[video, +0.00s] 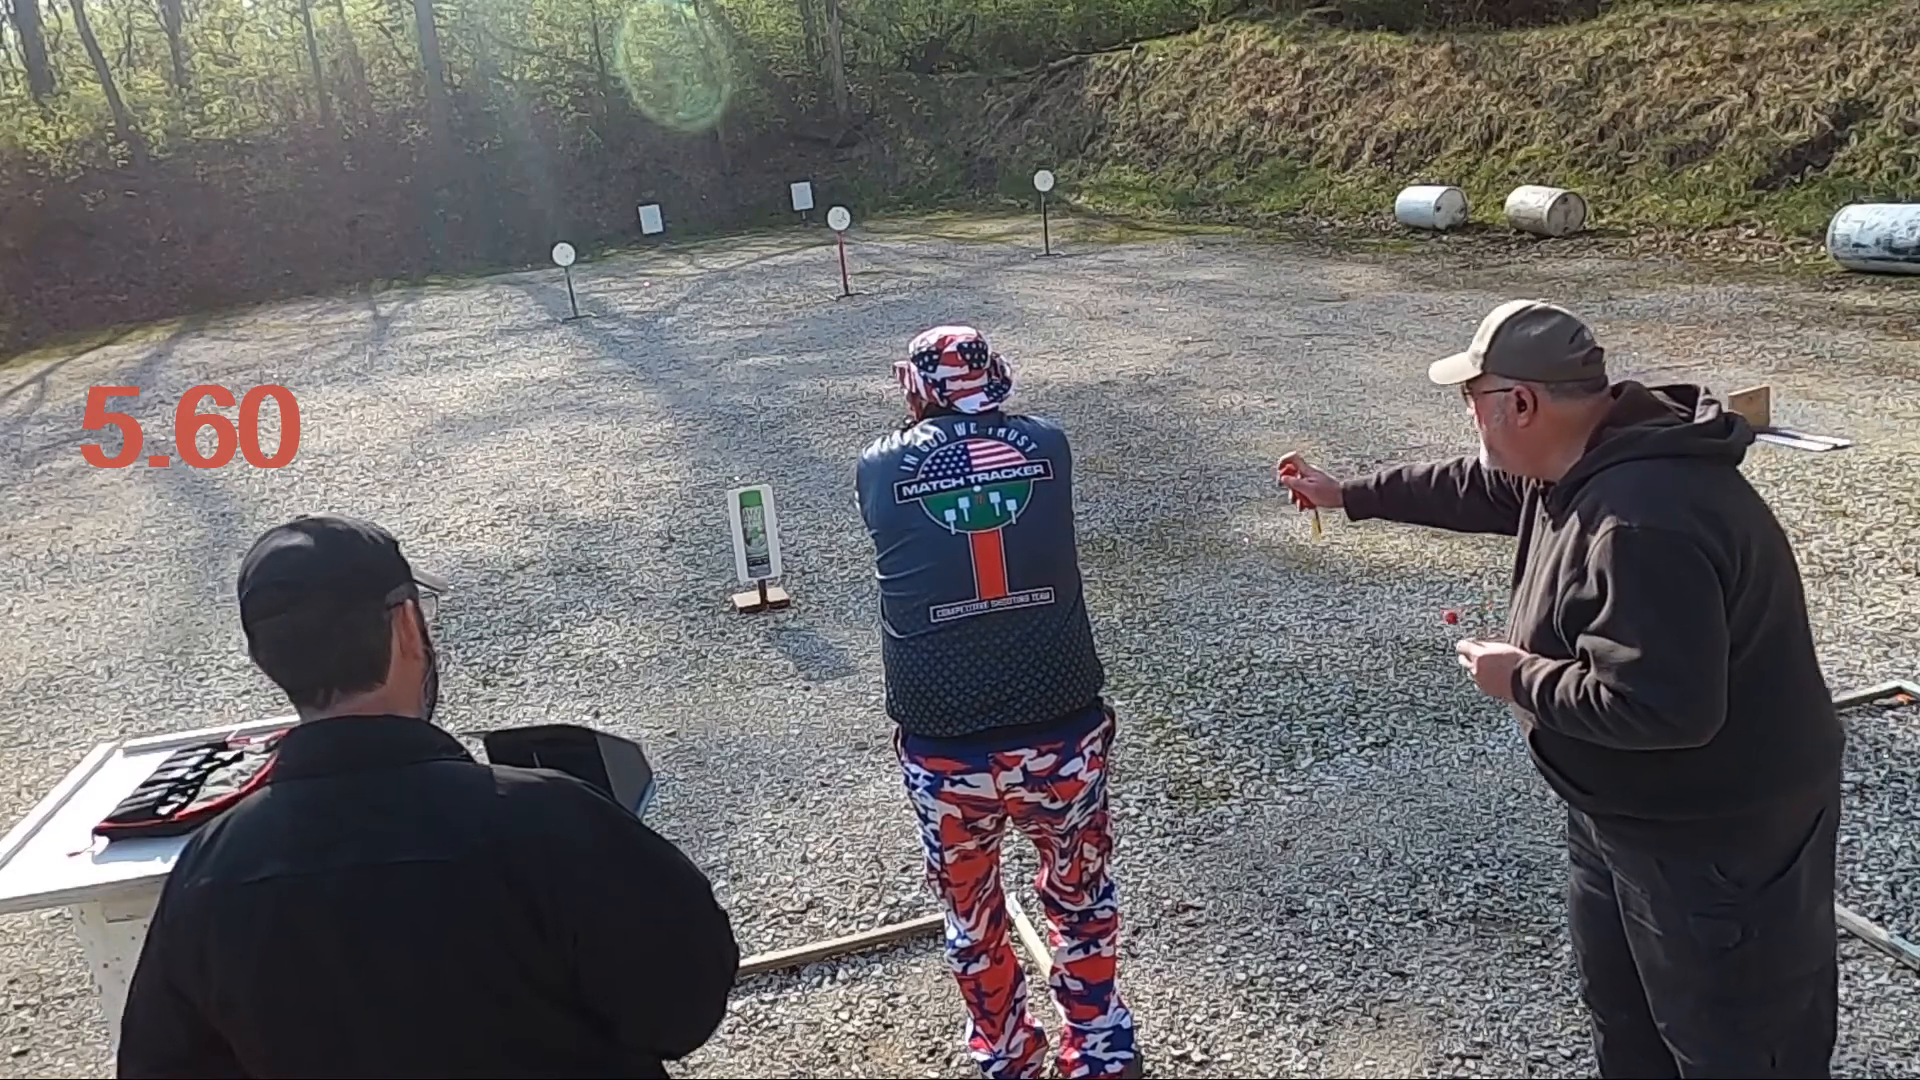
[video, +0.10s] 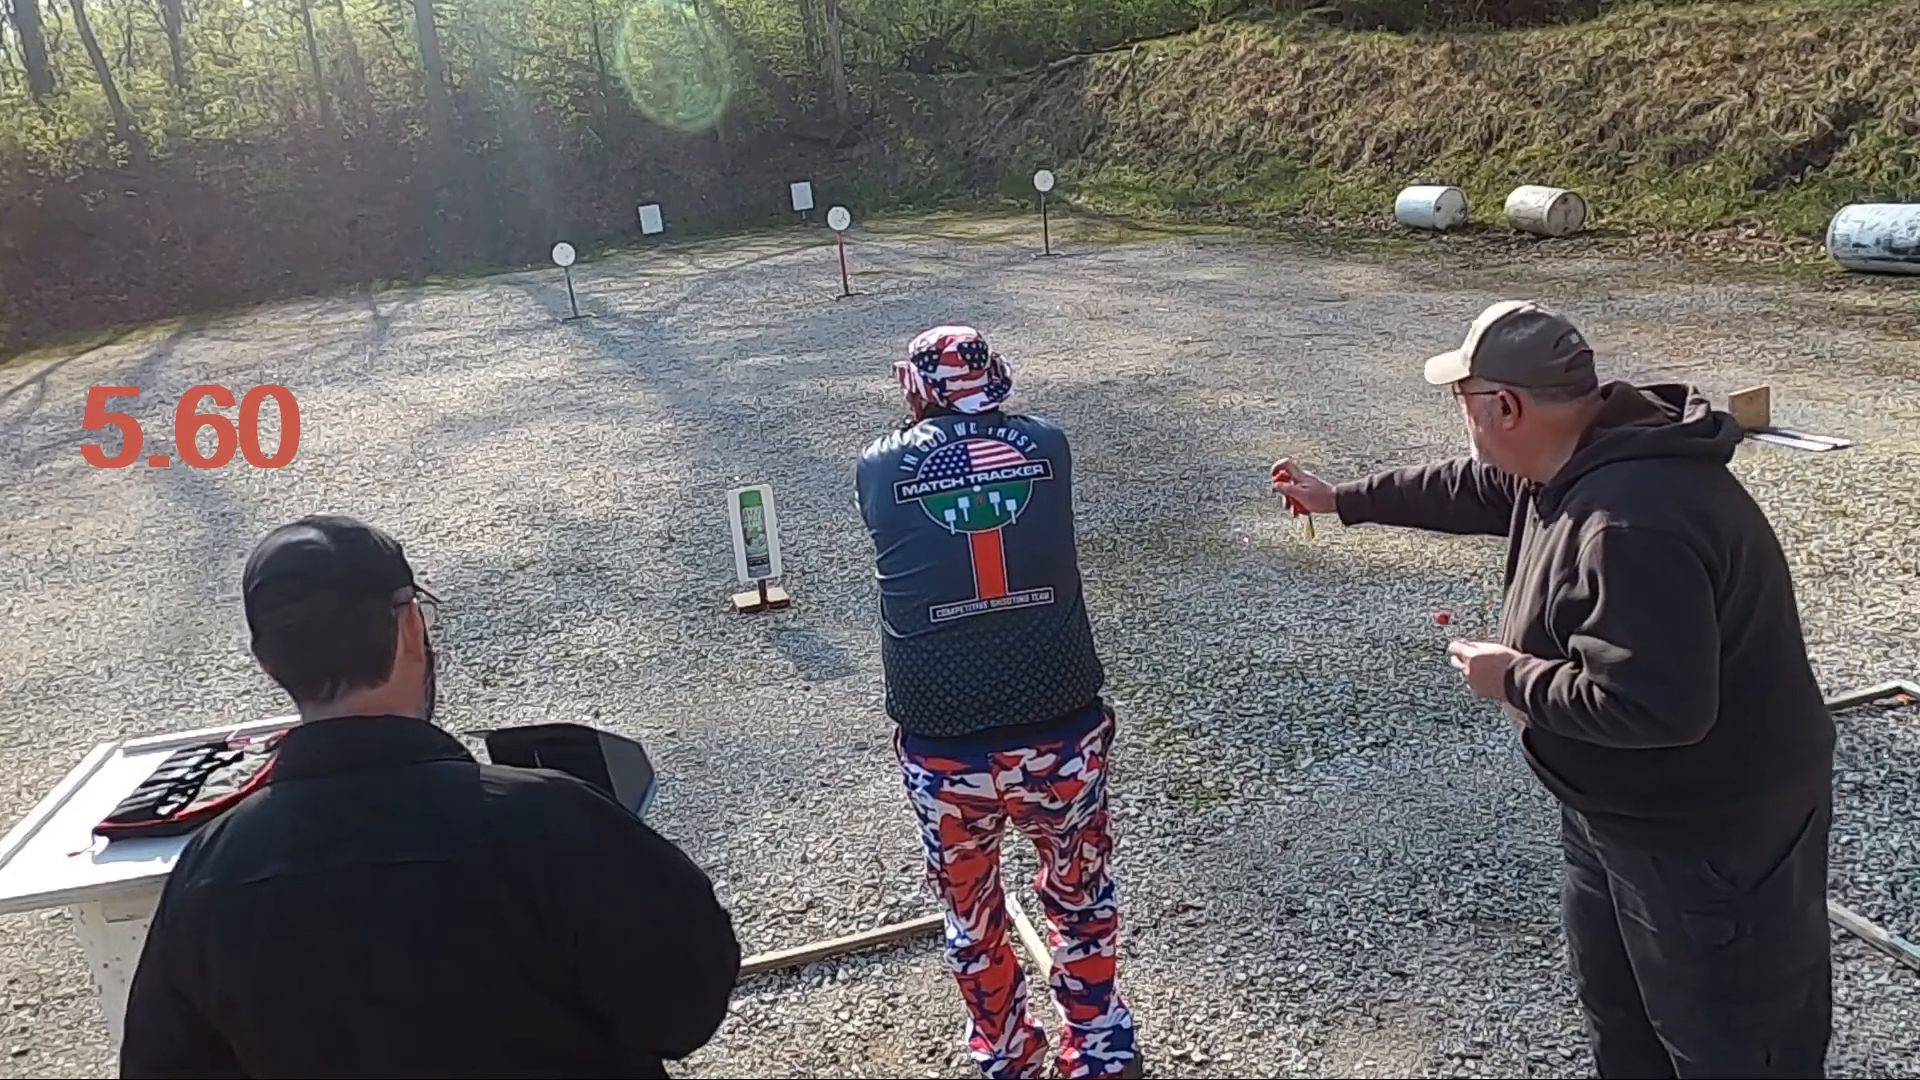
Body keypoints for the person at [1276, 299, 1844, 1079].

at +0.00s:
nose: (1472, 417)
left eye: (1475, 398)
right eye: (1469, 399)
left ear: (1521, 405)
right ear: (1531, 400)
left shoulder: (1640, 523)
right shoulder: (1569, 468)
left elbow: (1669, 708)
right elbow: (1469, 487)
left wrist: (1520, 678)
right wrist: (1344, 493)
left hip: (1714, 842)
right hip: (1620, 816)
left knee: (1736, 1055)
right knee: (1630, 1032)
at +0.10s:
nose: (1465, 421)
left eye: (1467, 402)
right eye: (1463, 402)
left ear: (1509, 408)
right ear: (1522, 400)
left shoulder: (1631, 525)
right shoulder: (1561, 467)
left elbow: (1660, 709)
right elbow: (1467, 489)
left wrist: (1513, 678)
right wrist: (1339, 498)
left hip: (1707, 836)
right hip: (1613, 811)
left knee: (1731, 1050)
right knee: (1625, 1025)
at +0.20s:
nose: (1460, 422)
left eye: (1460, 402)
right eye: (1457, 402)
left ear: (1498, 407)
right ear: (1516, 398)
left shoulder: (1624, 522)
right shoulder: (1552, 466)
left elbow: (1654, 705)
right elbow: (1457, 490)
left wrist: (1508, 675)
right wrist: (1334, 504)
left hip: (1700, 833)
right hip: (1610, 808)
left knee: (1726, 1049)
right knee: (1622, 1023)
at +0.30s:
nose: (1455, 410)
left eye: (1455, 394)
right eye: (1453, 393)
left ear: (1492, 402)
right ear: (1512, 394)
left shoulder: (1620, 518)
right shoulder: (1542, 462)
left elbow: (1654, 698)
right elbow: (1450, 490)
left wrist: (1504, 671)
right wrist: (1324, 505)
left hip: (1694, 827)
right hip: (1607, 805)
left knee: (1725, 1048)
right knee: (1622, 1023)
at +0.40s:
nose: (1449, 412)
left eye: (1449, 394)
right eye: (1447, 394)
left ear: (1485, 399)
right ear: (1513, 388)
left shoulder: (1614, 515)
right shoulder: (1535, 459)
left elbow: (1655, 693)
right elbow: (1445, 491)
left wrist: (1502, 668)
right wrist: (1315, 507)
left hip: (1690, 820)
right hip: (1603, 798)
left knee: (1722, 1044)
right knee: (1620, 1016)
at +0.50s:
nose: (1443, 416)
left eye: (1443, 396)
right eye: (1441, 397)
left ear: (1481, 398)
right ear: (1502, 390)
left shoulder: (1612, 513)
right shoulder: (1527, 462)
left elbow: (1653, 692)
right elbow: (1435, 492)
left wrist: (1501, 671)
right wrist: (1305, 511)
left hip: (1689, 821)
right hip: (1599, 798)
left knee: (1721, 1043)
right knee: (1620, 1019)